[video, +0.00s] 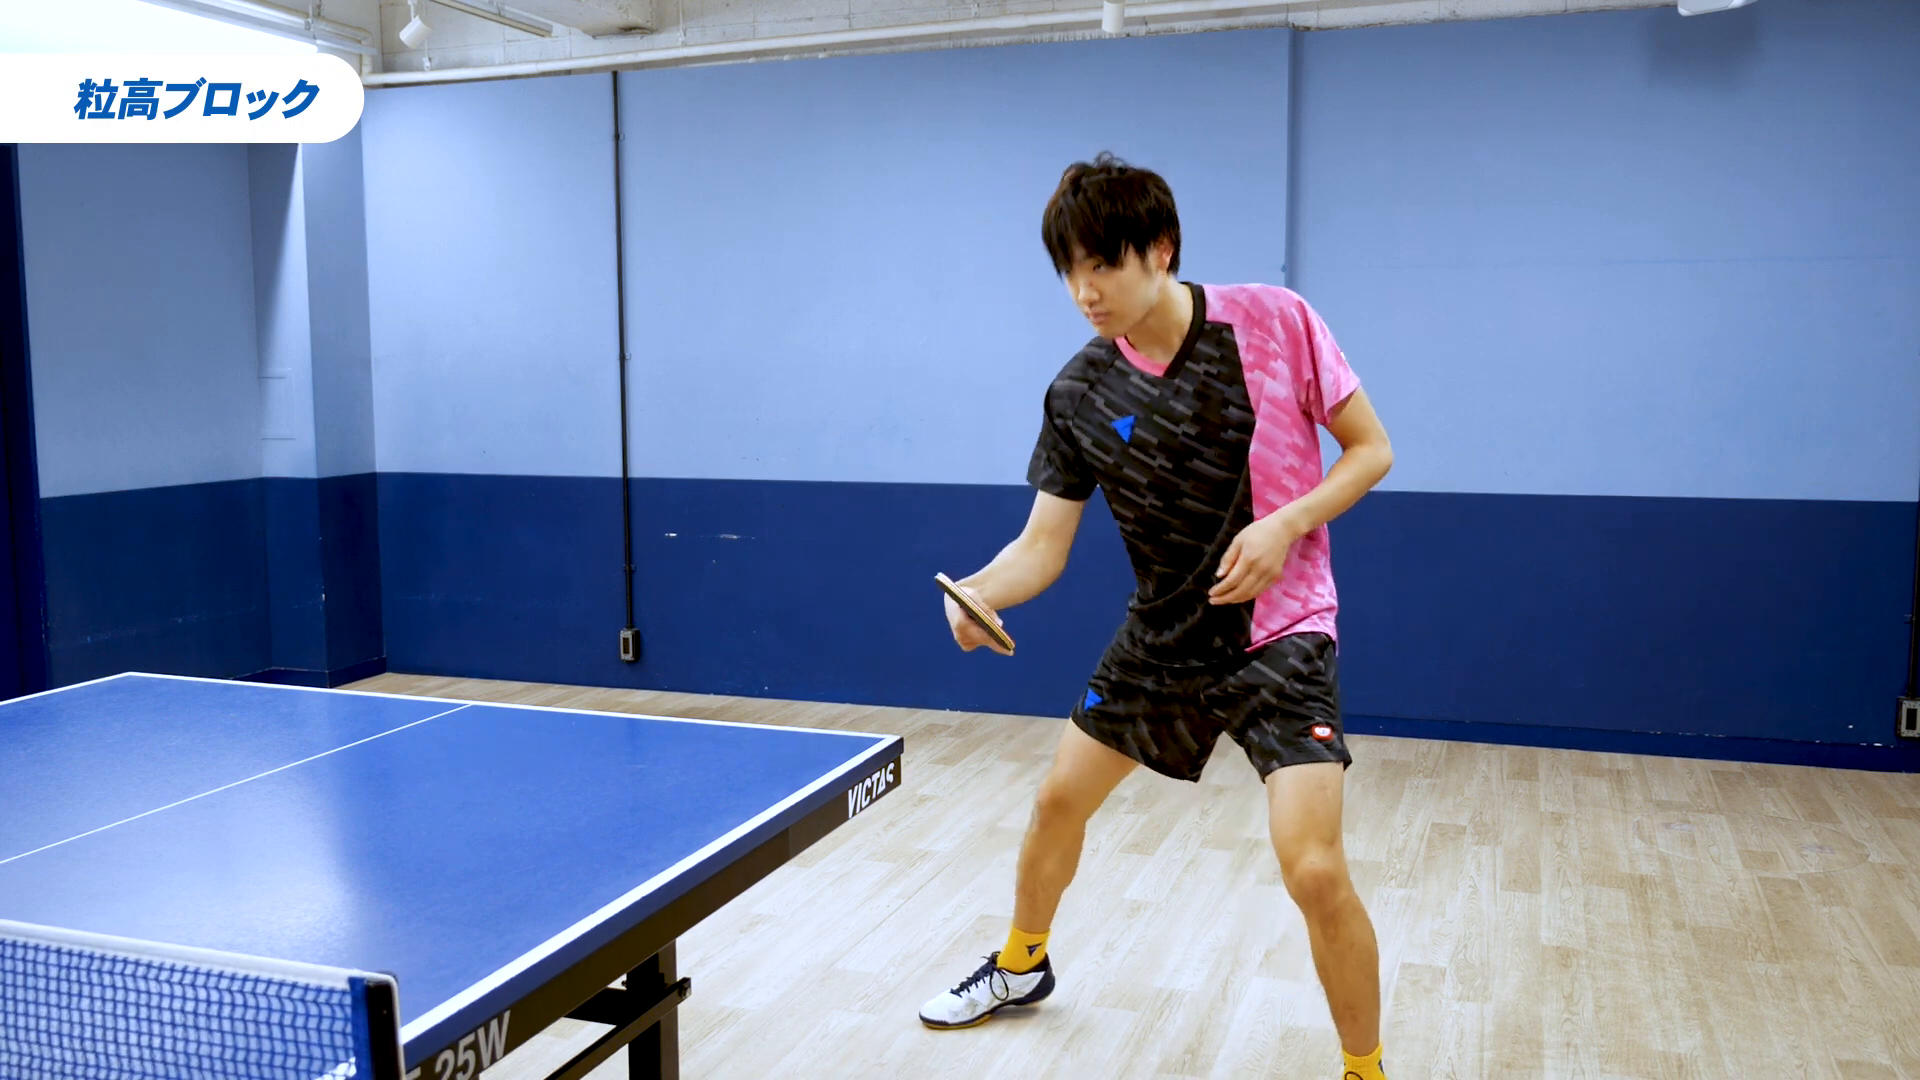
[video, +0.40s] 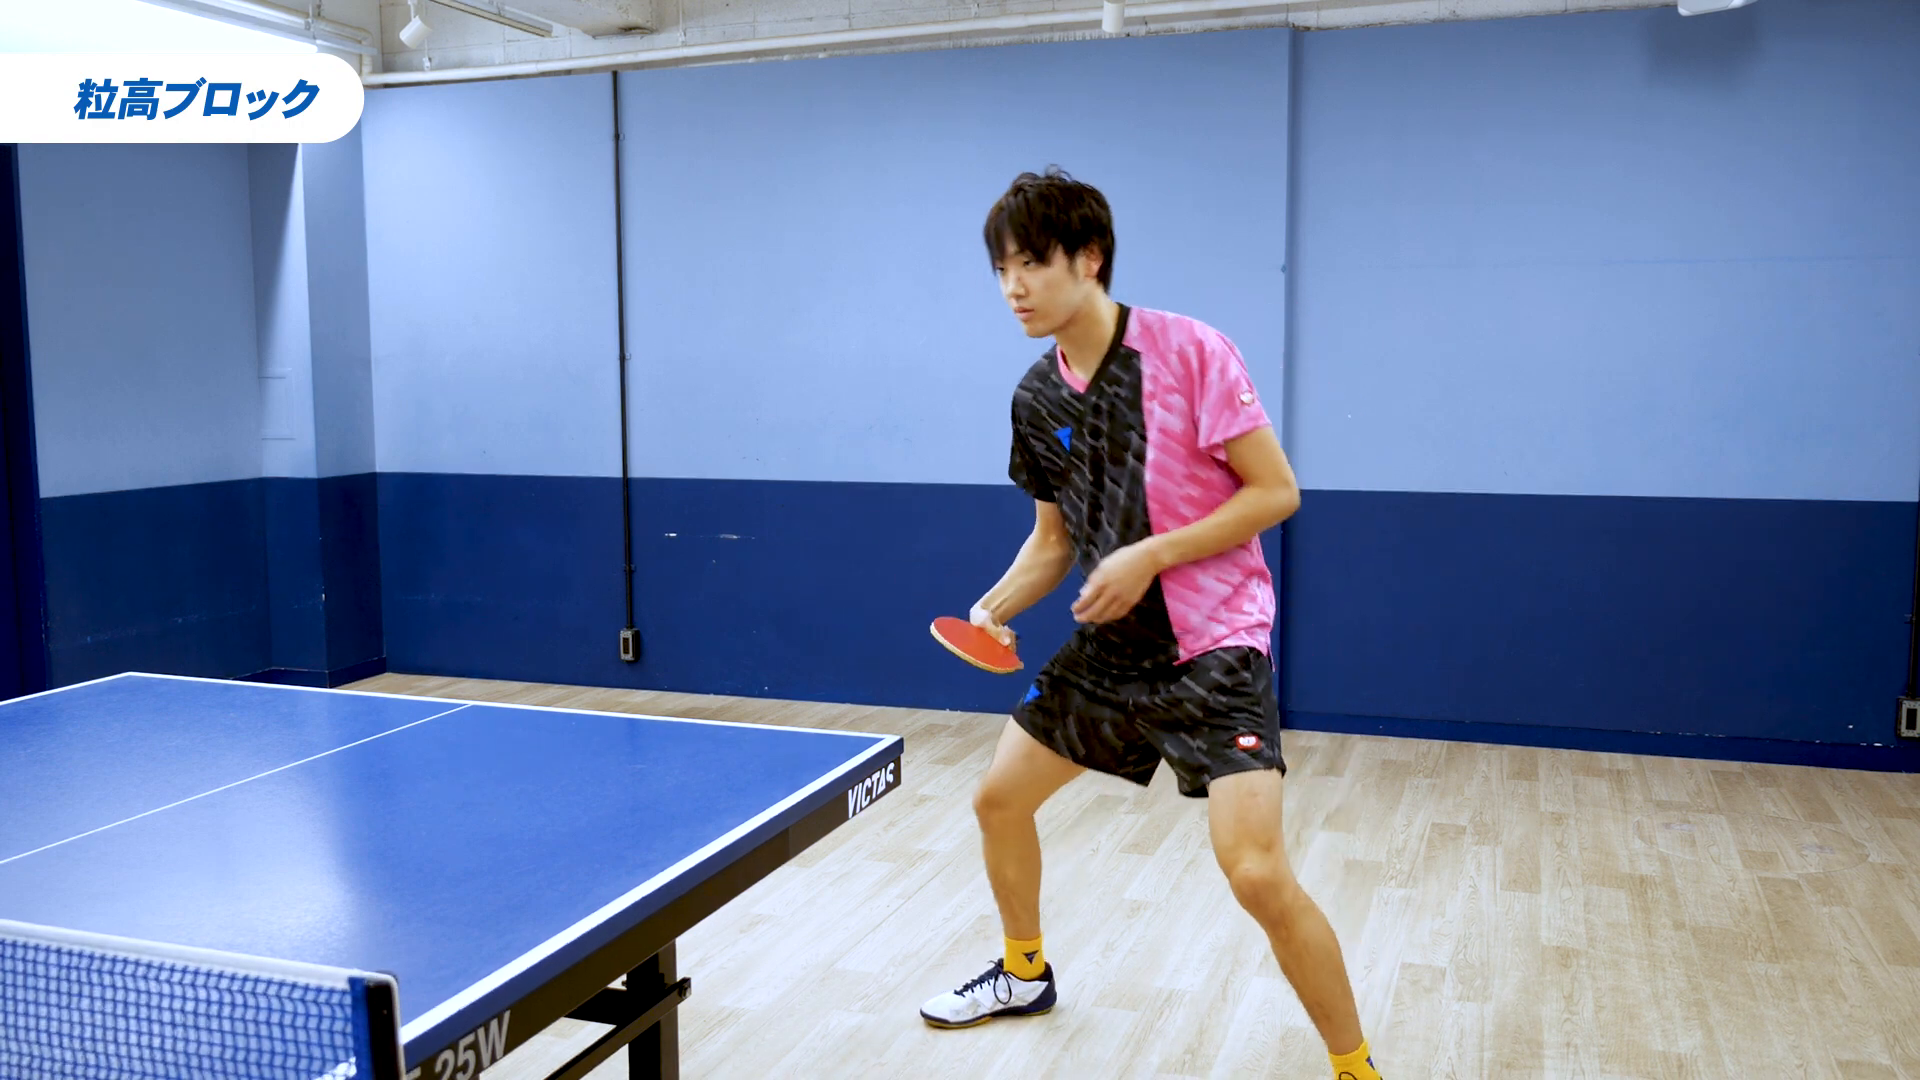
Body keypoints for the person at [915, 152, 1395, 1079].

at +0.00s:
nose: (1084, 290)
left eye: (1101, 264)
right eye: (1071, 271)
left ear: (1160, 251)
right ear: (1065, 273)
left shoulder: (1275, 322)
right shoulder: (1081, 393)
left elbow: (1371, 449)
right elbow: (1042, 543)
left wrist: (1285, 526)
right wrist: (979, 588)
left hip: (1282, 626)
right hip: (1165, 628)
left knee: (1315, 872)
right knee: (1059, 797)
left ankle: (1364, 1068)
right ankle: (1022, 962)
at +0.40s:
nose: (1013, 286)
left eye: (1031, 262)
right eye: (1003, 269)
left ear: (1090, 259)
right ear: (1003, 277)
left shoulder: (1190, 352)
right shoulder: (1038, 396)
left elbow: (1276, 491)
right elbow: (1054, 538)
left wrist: (1154, 553)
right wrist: (996, 607)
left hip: (1217, 644)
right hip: (1110, 645)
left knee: (1255, 872)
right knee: (1000, 802)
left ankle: (1356, 1067)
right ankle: (1023, 973)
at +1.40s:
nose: (1052, 249)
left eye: (1070, 224)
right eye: (1039, 230)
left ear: (1130, 219)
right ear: (1031, 238)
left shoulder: (1237, 303)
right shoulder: (1041, 373)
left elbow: (1326, 432)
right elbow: (1008, 534)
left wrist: (1244, 504)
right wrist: (950, 611)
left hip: (1256, 600)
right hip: (1140, 609)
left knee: (1303, 848)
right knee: (1048, 785)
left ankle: (1363, 1060)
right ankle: (1016, 955)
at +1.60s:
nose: (1046, 283)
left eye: (1066, 260)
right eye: (1035, 265)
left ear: (1124, 262)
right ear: (1029, 276)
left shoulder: (1219, 358)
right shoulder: (1043, 403)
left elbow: (1310, 499)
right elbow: (1028, 555)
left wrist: (1190, 565)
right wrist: (974, 623)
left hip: (1226, 658)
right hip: (1113, 655)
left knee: (1268, 886)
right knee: (995, 810)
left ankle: (1355, 1067)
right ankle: (1021, 970)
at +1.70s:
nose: (1026, 292)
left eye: (1046, 269)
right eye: (1015, 275)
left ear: (1104, 270)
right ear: (1010, 286)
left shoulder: (1196, 367)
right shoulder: (1035, 406)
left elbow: (1288, 506)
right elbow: (1037, 552)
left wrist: (1167, 572)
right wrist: (979, 625)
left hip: (1216, 658)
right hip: (1108, 657)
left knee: (1249, 883)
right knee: (987, 807)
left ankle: (1354, 1068)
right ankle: (1021, 971)